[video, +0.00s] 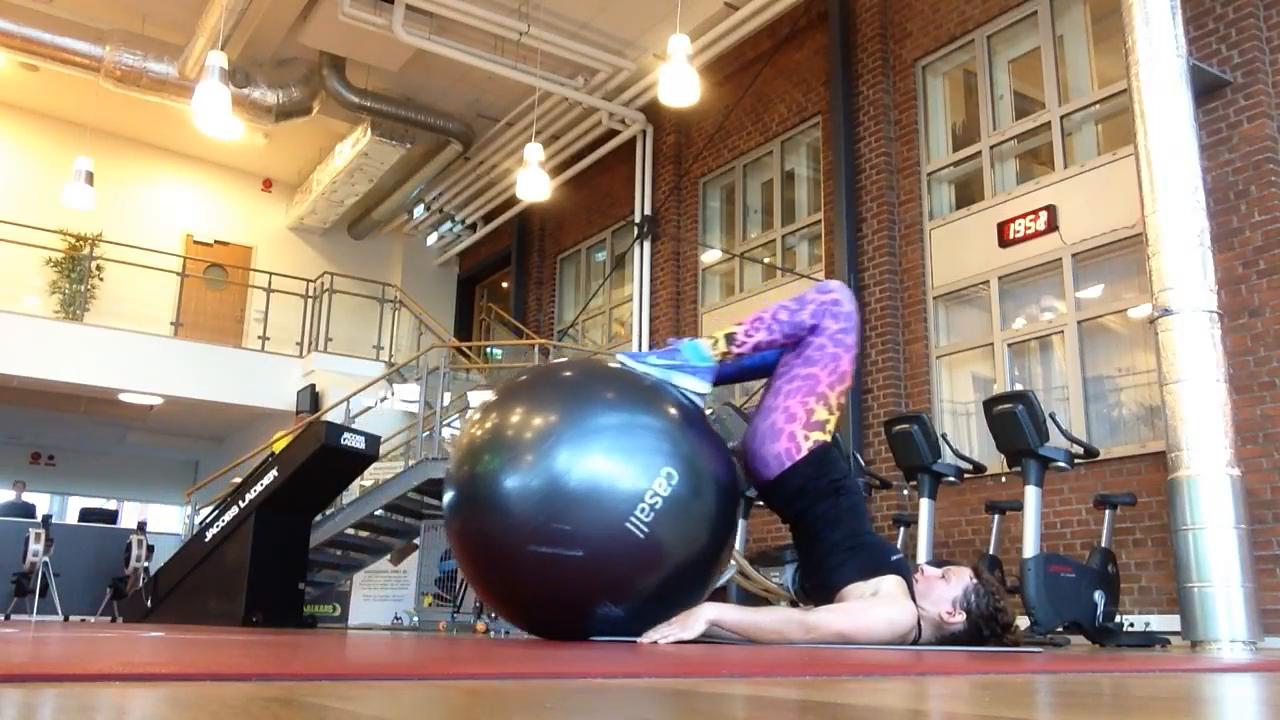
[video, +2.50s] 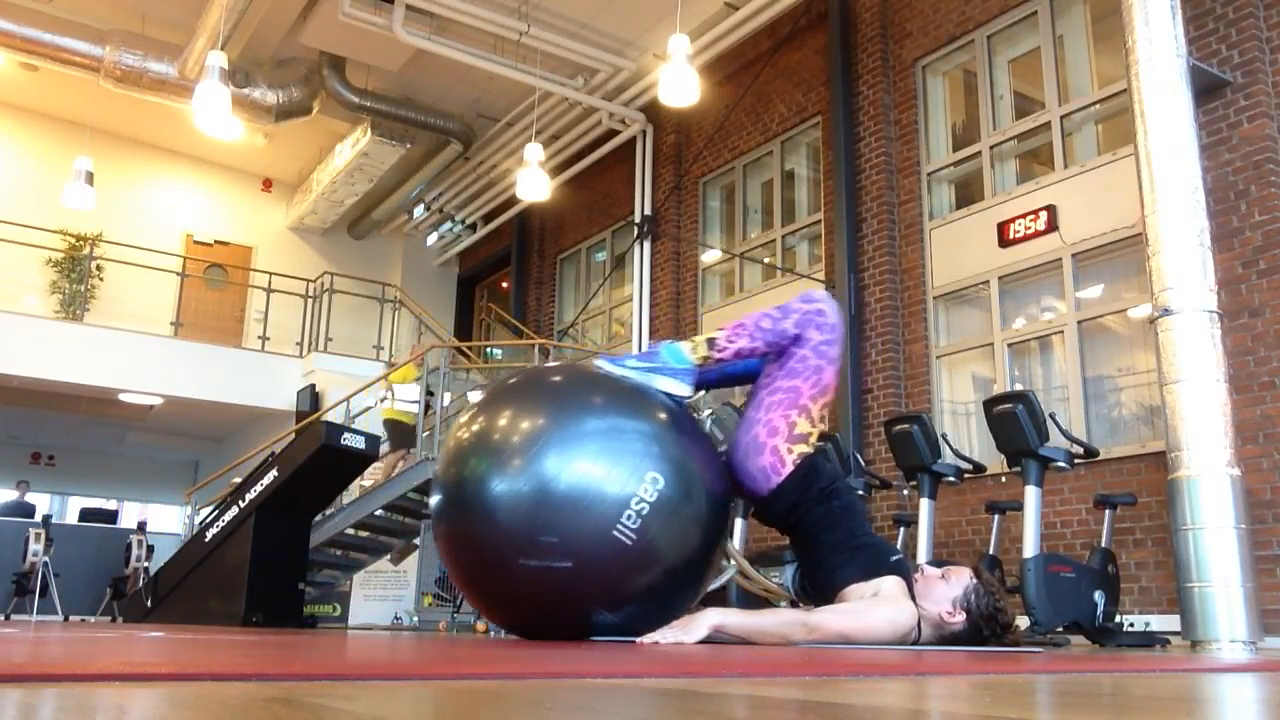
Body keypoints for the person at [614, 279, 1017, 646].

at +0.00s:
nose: (930, 570)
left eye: (943, 578)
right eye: (944, 569)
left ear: (948, 614)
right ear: (948, 613)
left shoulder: (893, 617)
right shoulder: (910, 610)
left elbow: (800, 628)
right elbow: (803, 623)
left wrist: (708, 614)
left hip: (784, 455)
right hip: (809, 455)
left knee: (835, 303)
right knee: (831, 314)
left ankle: (702, 366)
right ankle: (708, 369)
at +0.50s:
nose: (934, 565)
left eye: (946, 576)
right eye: (948, 568)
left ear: (947, 612)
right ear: (946, 610)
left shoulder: (892, 613)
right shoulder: (903, 605)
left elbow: (804, 627)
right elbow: (804, 623)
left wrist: (711, 614)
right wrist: (719, 616)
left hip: (773, 460)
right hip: (798, 460)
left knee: (782, 298)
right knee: (790, 318)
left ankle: (655, 364)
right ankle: (657, 371)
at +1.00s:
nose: (937, 569)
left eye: (949, 581)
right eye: (950, 570)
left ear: (946, 617)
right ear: (945, 605)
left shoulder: (892, 610)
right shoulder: (891, 594)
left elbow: (804, 626)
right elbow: (802, 621)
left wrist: (708, 618)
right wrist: (714, 622)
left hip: (756, 481)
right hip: (773, 467)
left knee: (665, 355)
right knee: (668, 351)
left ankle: (508, 361)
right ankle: (522, 363)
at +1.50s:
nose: (935, 569)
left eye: (947, 581)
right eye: (947, 570)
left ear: (944, 617)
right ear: (943, 606)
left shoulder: (891, 611)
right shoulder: (889, 595)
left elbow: (802, 626)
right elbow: (801, 622)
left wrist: (707, 619)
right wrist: (711, 622)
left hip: (747, 484)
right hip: (760, 471)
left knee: (653, 362)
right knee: (655, 359)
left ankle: (496, 364)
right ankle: (509, 368)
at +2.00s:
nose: (934, 567)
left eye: (946, 577)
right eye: (947, 569)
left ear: (947, 614)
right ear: (946, 612)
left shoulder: (894, 613)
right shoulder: (904, 604)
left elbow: (801, 626)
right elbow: (806, 623)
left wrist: (712, 621)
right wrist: (718, 622)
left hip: (771, 466)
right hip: (792, 468)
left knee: (825, 310)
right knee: (822, 323)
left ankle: (685, 366)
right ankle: (693, 371)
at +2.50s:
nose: (933, 566)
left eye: (945, 576)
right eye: (946, 568)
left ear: (947, 614)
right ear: (946, 614)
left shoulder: (895, 612)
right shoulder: (902, 604)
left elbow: (805, 626)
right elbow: (808, 625)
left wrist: (714, 620)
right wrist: (717, 623)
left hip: (772, 466)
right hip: (792, 468)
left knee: (818, 308)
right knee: (817, 322)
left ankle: (686, 366)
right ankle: (693, 372)